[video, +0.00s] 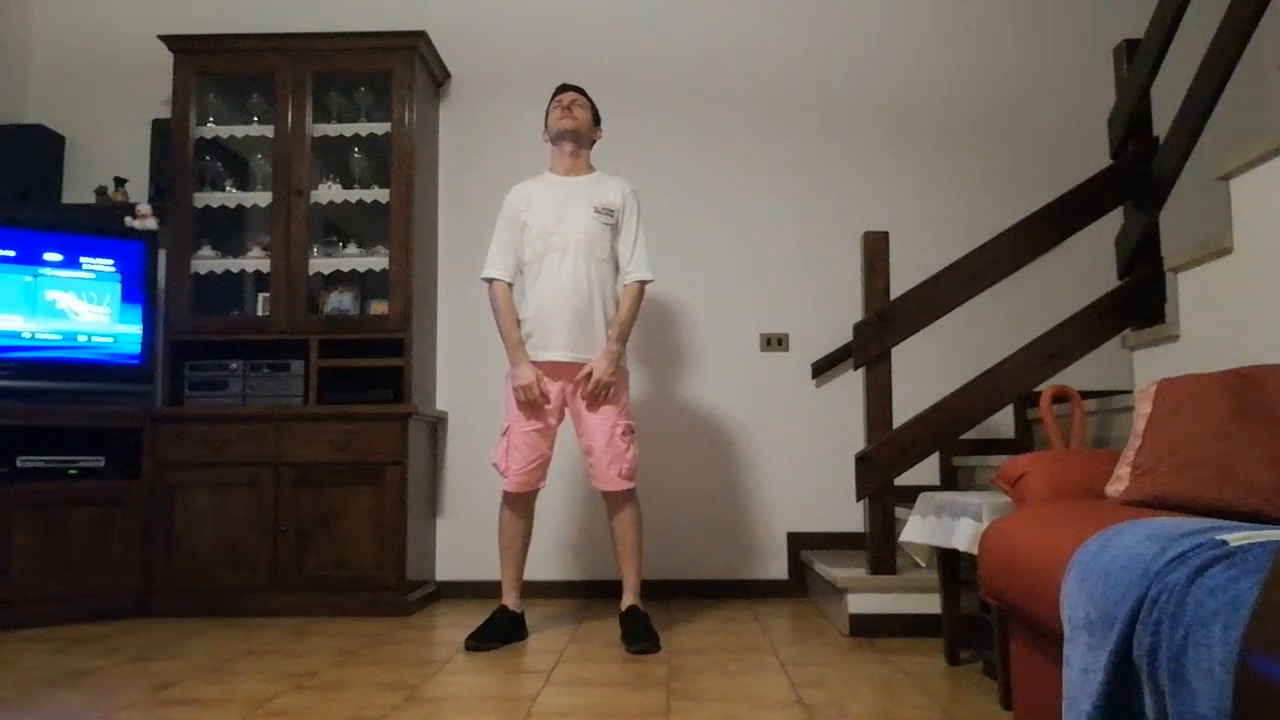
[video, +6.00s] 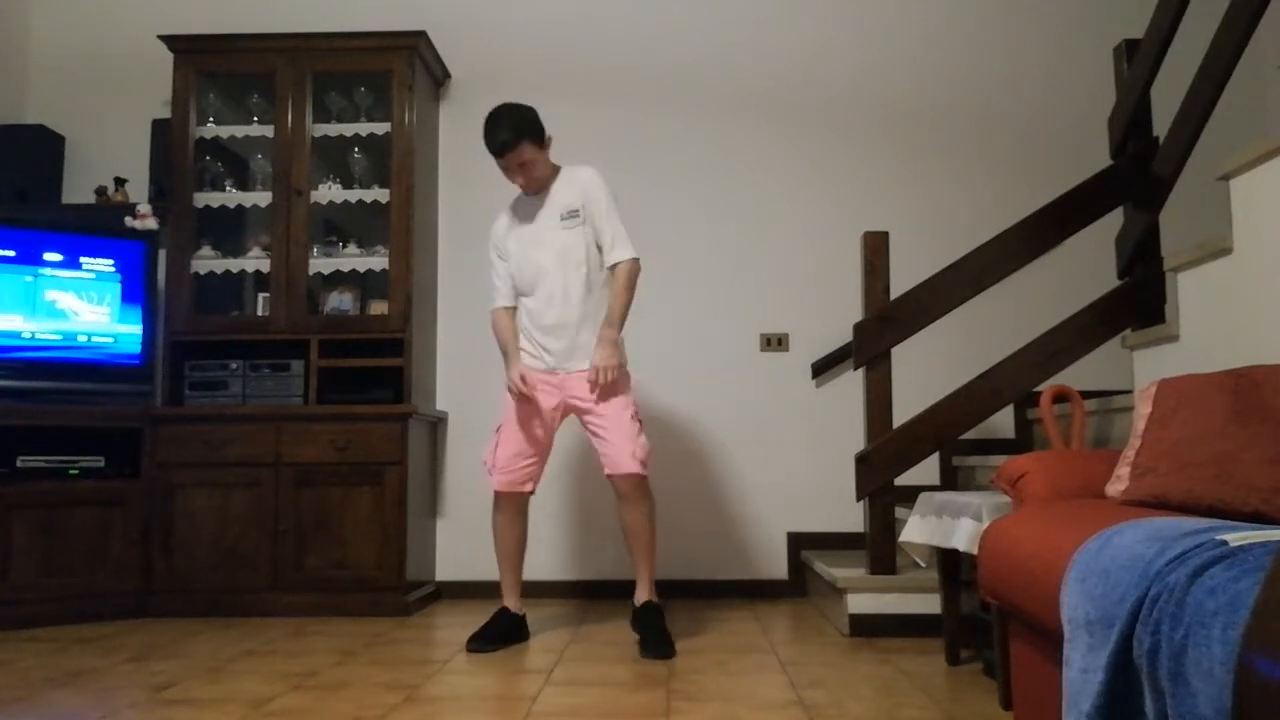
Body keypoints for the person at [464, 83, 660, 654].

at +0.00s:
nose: (565, 106)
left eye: (577, 103)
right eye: (557, 104)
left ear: (596, 131)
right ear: (545, 131)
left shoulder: (617, 193)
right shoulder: (520, 197)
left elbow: (635, 280)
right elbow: (498, 281)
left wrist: (613, 349)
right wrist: (518, 359)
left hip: (600, 366)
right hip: (533, 366)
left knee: (618, 485)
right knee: (517, 487)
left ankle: (632, 604)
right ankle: (509, 608)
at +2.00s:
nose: (609, 112)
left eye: (620, 109)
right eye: (599, 105)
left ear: (630, 134)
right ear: (578, 124)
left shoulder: (631, 213)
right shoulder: (538, 189)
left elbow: (641, 302)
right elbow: (480, 255)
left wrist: (606, 351)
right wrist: (501, 319)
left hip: (598, 371)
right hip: (531, 367)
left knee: (618, 487)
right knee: (499, 484)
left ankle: (632, 605)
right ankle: (503, 605)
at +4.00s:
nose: (579, 118)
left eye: (588, 108)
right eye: (569, 115)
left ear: (613, 120)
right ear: (562, 134)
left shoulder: (643, 195)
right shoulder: (547, 183)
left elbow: (656, 287)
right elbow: (483, 240)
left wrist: (612, 336)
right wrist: (497, 324)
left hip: (610, 374)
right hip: (538, 366)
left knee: (630, 488)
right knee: (486, 467)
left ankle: (629, 607)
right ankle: (488, 594)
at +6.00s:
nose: (519, 176)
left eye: (524, 163)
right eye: (508, 169)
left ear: (545, 144)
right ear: (498, 167)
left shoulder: (583, 185)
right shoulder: (504, 225)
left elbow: (625, 262)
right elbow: (502, 306)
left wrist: (610, 338)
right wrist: (512, 358)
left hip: (597, 369)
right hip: (534, 375)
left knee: (631, 475)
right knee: (508, 484)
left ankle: (646, 602)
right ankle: (510, 610)